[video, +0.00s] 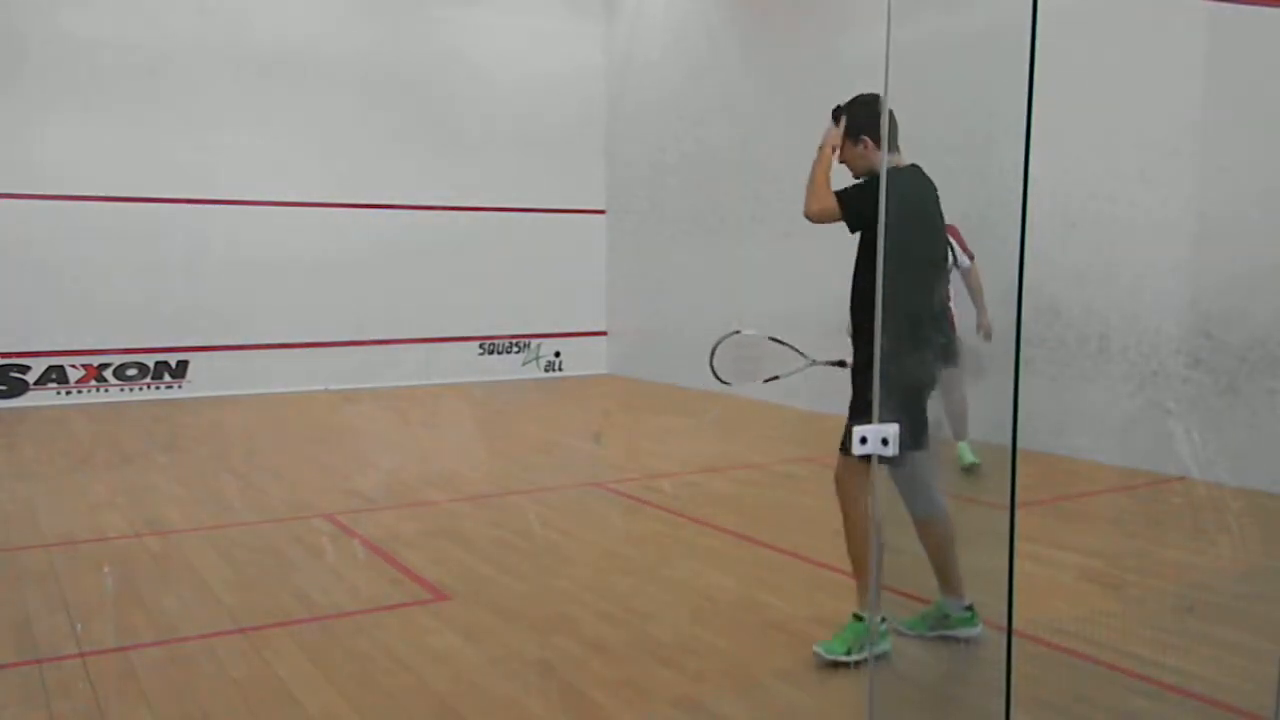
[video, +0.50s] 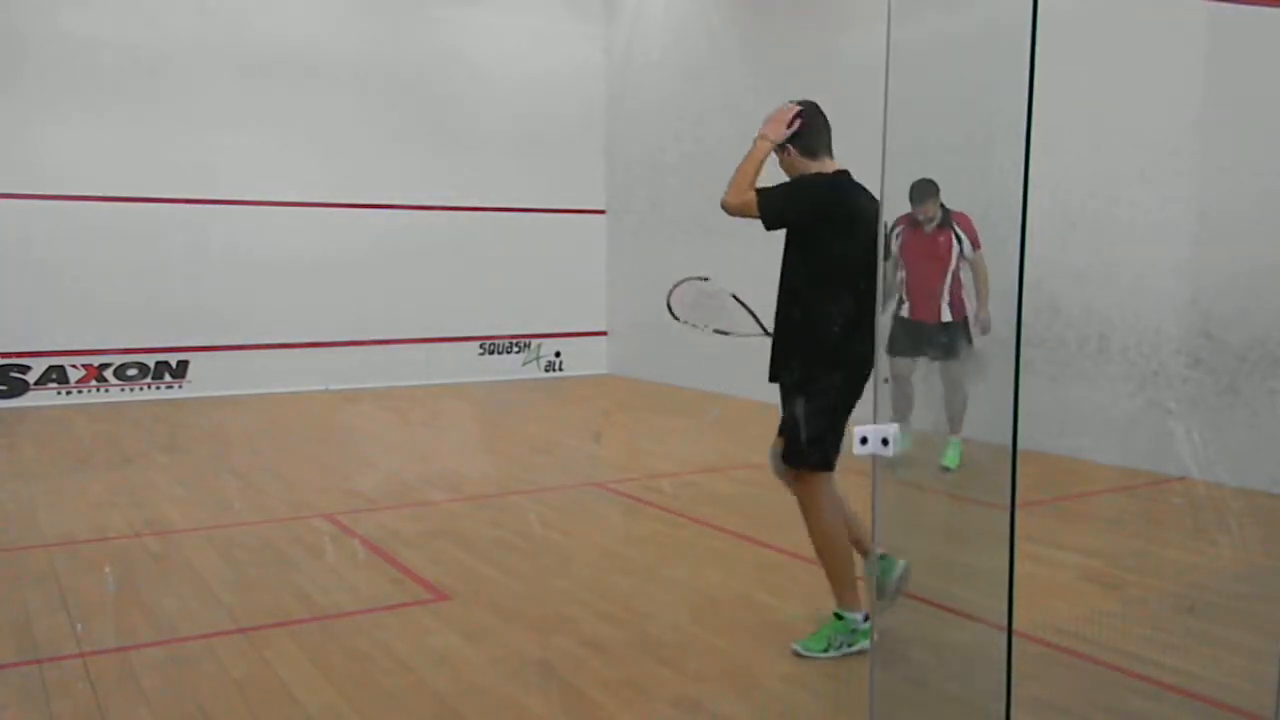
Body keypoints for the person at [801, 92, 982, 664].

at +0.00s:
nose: (842, 161)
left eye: (844, 151)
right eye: (841, 151)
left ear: (863, 144)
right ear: (884, 141)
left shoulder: (885, 190)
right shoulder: (919, 185)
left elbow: (817, 208)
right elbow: (923, 282)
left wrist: (827, 152)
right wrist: (871, 343)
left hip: (886, 361)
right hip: (914, 357)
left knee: (851, 477)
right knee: (915, 475)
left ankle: (869, 621)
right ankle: (955, 606)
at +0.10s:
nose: (834, 163)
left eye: (834, 152)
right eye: (834, 153)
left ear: (850, 146)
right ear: (876, 142)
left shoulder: (874, 187)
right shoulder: (914, 187)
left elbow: (802, 193)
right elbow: (925, 276)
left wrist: (816, 138)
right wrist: (881, 345)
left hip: (878, 362)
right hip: (906, 359)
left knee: (842, 475)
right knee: (912, 479)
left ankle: (843, 614)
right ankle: (954, 605)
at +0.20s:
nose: (824, 167)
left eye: (824, 157)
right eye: (824, 159)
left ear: (836, 149)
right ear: (869, 143)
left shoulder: (864, 186)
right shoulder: (901, 189)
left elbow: (790, 185)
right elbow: (908, 281)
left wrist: (806, 128)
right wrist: (860, 345)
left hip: (867, 362)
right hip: (896, 360)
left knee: (826, 476)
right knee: (905, 477)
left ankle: (829, 613)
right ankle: (953, 605)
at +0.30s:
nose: (810, 172)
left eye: (811, 161)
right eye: (808, 163)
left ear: (823, 151)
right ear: (856, 147)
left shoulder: (853, 190)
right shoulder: (890, 197)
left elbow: (775, 187)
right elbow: (893, 289)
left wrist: (800, 129)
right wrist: (840, 351)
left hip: (848, 364)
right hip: (882, 363)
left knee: (806, 479)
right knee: (891, 482)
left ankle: (847, 610)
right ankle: (949, 600)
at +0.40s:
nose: (797, 170)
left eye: (798, 159)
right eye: (796, 160)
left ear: (807, 150)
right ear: (842, 146)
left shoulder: (837, 194)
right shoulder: (873, 197)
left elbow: (755, 193)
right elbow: (879, 291)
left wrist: (787, 138)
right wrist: (838, 349)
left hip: (830, 370)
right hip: (856, 367)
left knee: (813, 488)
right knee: (847, 484)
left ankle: (852, 618)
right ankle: (925, 580)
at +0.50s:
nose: (780, 167)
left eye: (780, 156)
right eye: (779, 157)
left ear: (791, 149)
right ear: (826, 144)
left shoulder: (814, 196)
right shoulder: (860, 198)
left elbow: (736, 200)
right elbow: (859, 289)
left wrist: (763, 141)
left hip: (816, 364)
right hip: (845, 359)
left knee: (812, 481)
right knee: (790, 463)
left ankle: (853, 618)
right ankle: (877, 558)